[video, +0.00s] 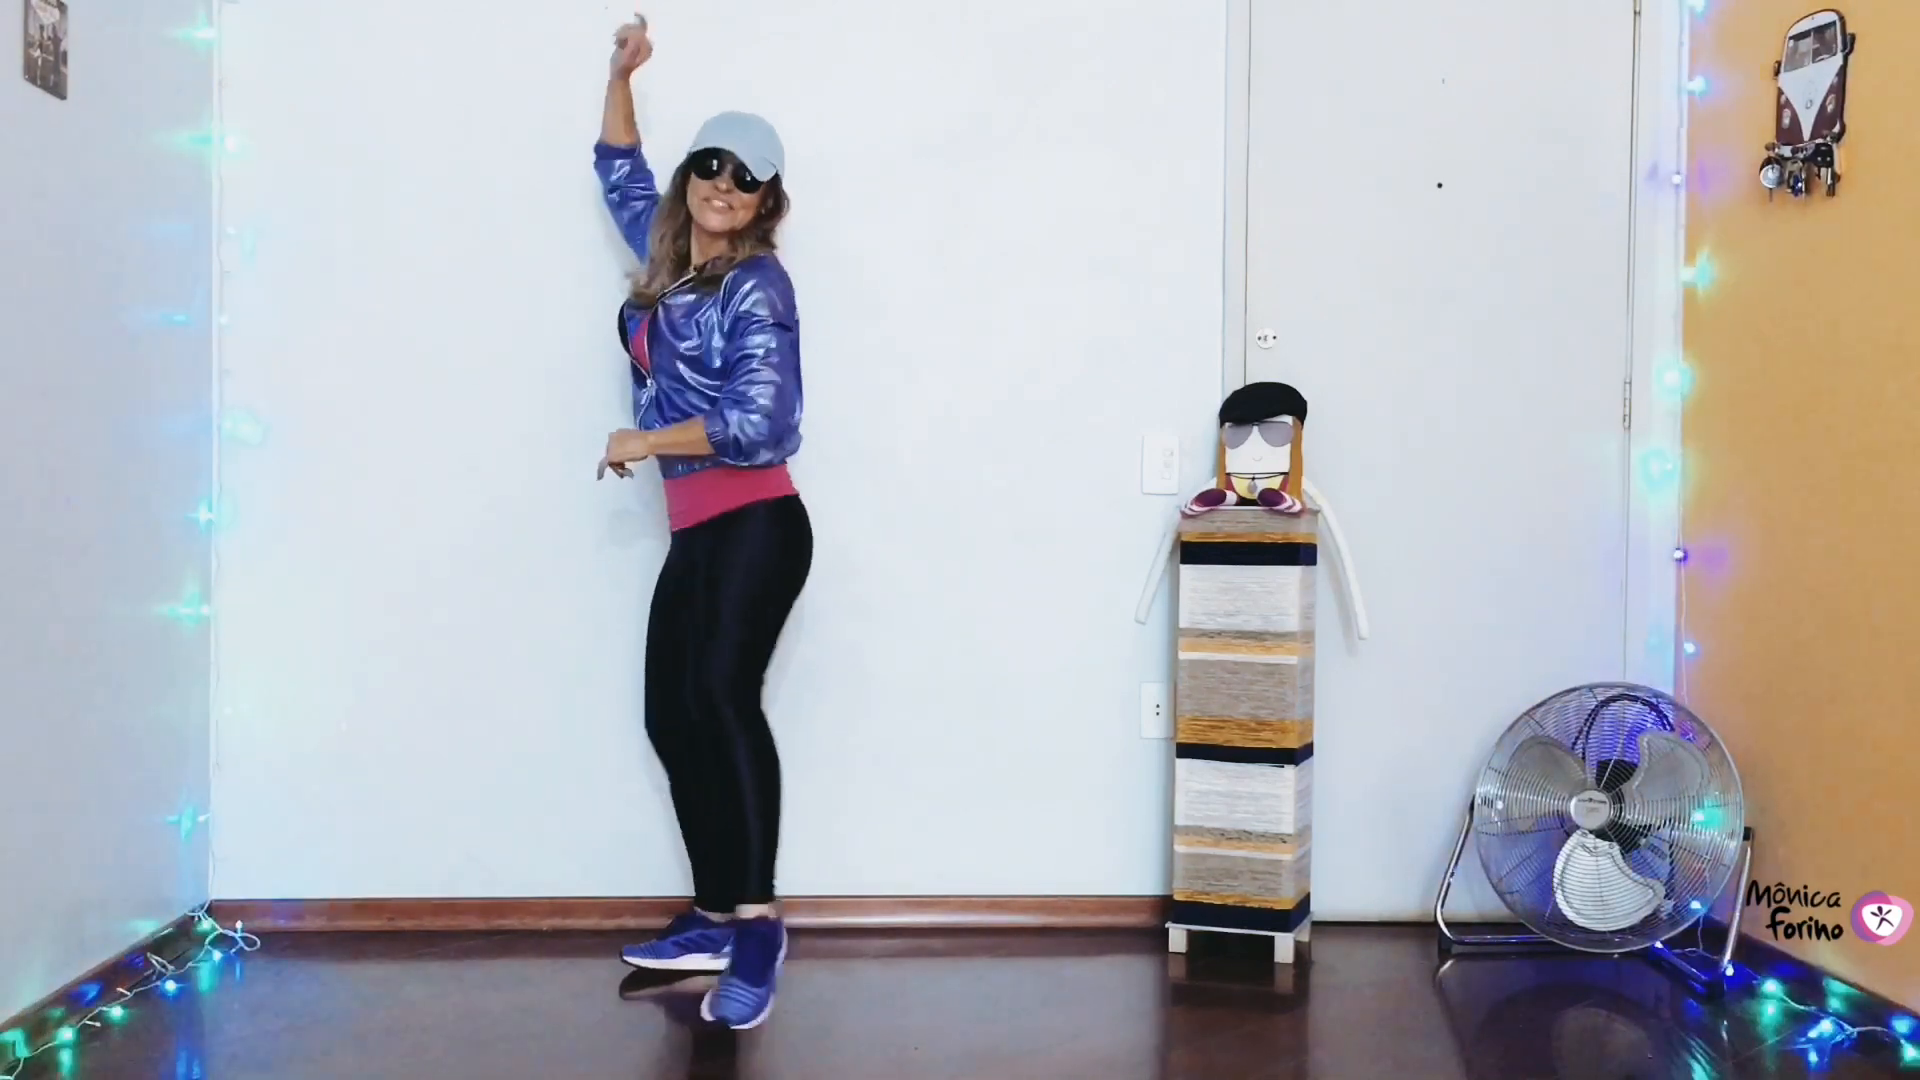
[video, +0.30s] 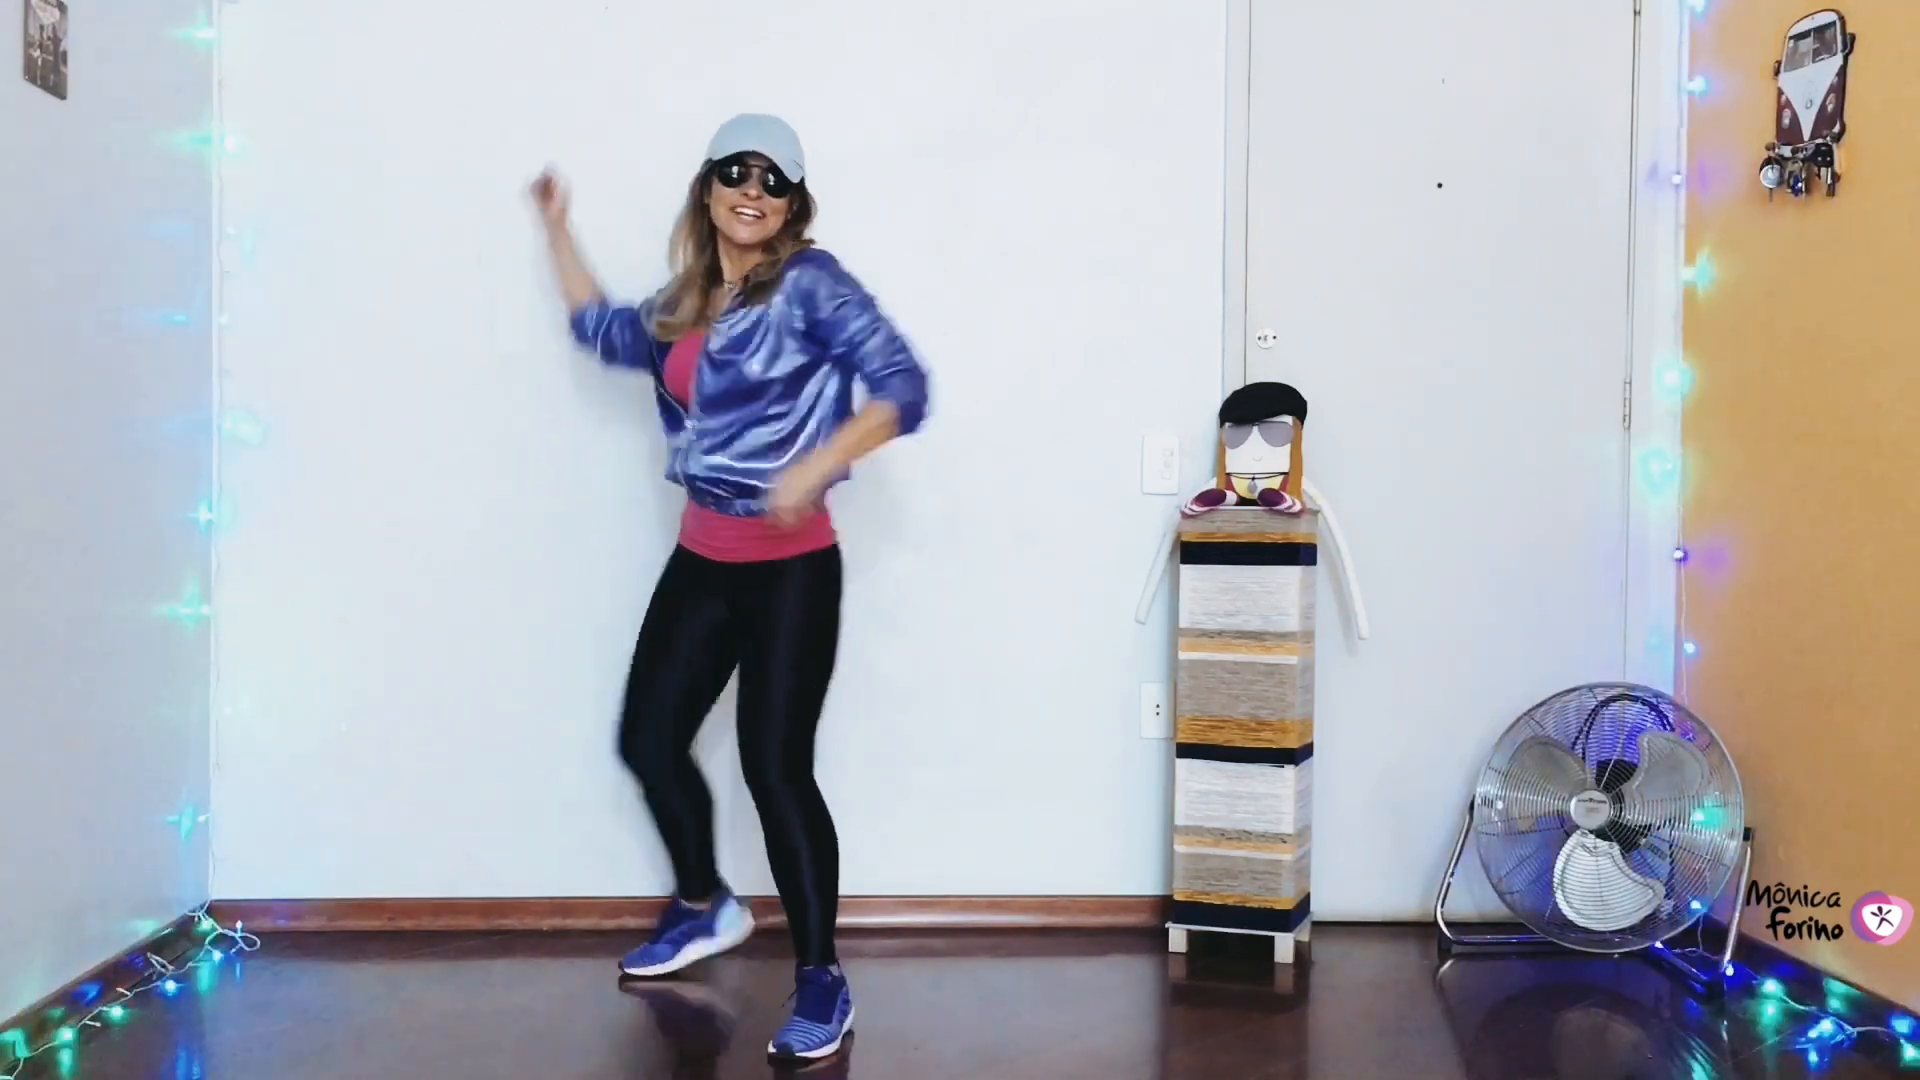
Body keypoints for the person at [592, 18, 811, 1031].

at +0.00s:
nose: (725, 190)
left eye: (746, 183)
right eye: (714, 171)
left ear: (764, 203)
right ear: (687, 179)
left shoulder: (756, 284)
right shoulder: (669, 266)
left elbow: (762, 419)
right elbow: (622, 175)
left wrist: (655, 440)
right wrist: (621, 77)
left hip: (758, 521)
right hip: (695, 532)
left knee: (726, 702)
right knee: (671, 714)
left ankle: (759, 919)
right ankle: (713, 912)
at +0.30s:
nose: (752, 195)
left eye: (773, 184)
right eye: (735, 178)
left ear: (795, 203)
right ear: (706, 194)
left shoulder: (811, 283)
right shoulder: (690, 299)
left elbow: (904, 386)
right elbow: (600, 328)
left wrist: (819, 466)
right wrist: (558, 228)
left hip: (791, 568)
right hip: (703, 561)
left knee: (775, 764)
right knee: (650, 740)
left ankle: (820, 979)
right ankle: (706, 906)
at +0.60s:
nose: (734, 196)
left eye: (754, 181)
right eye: (716, 183)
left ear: (788, 198)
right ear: (696, 205)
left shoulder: (846, 301)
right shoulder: (668, 324)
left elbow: (950, 329)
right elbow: (625, 462)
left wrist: (1014, 333)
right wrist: (520, 489)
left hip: (817, 573)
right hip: (709, 572)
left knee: (823, 778)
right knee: (643, 739)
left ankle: (821, 983)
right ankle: (694, 932)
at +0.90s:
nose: (755, 177)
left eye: (768, 156)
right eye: (729, 168)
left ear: (796, 169)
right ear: (708, 192)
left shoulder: (802, 240)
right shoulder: (721, 304)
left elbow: (847, 180)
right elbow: (716, 456)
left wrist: (938, 152)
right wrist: (811, 512)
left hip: (739, 539)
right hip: (656, 540)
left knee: (831, 705)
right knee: (685, 743)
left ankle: (822, 919)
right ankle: (645, 968)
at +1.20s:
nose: (766, 183)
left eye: (779, 166)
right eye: (746, 174)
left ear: (799, 172)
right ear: (720, 190)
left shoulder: (788, 251)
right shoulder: (740, 281)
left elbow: (792, 157)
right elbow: (768, 422)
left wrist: (858, 74)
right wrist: (878, 476)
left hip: (755, 536)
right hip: (711, 529)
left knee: (763, 730)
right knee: (699, 737)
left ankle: (729, 934)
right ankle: (619, 962)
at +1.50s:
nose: (776, 196)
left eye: (789, 181)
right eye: (755, 186)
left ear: (808, 191)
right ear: (732, 204)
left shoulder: (797, 267)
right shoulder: (757, 285)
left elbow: (802, 170)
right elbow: (759, 417)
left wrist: (839, 83)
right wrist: (861, 478)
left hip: (782, 537)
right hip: (730, 528)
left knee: (806, 701)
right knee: (789, 699)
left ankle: (740, 909)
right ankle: (724, 909)